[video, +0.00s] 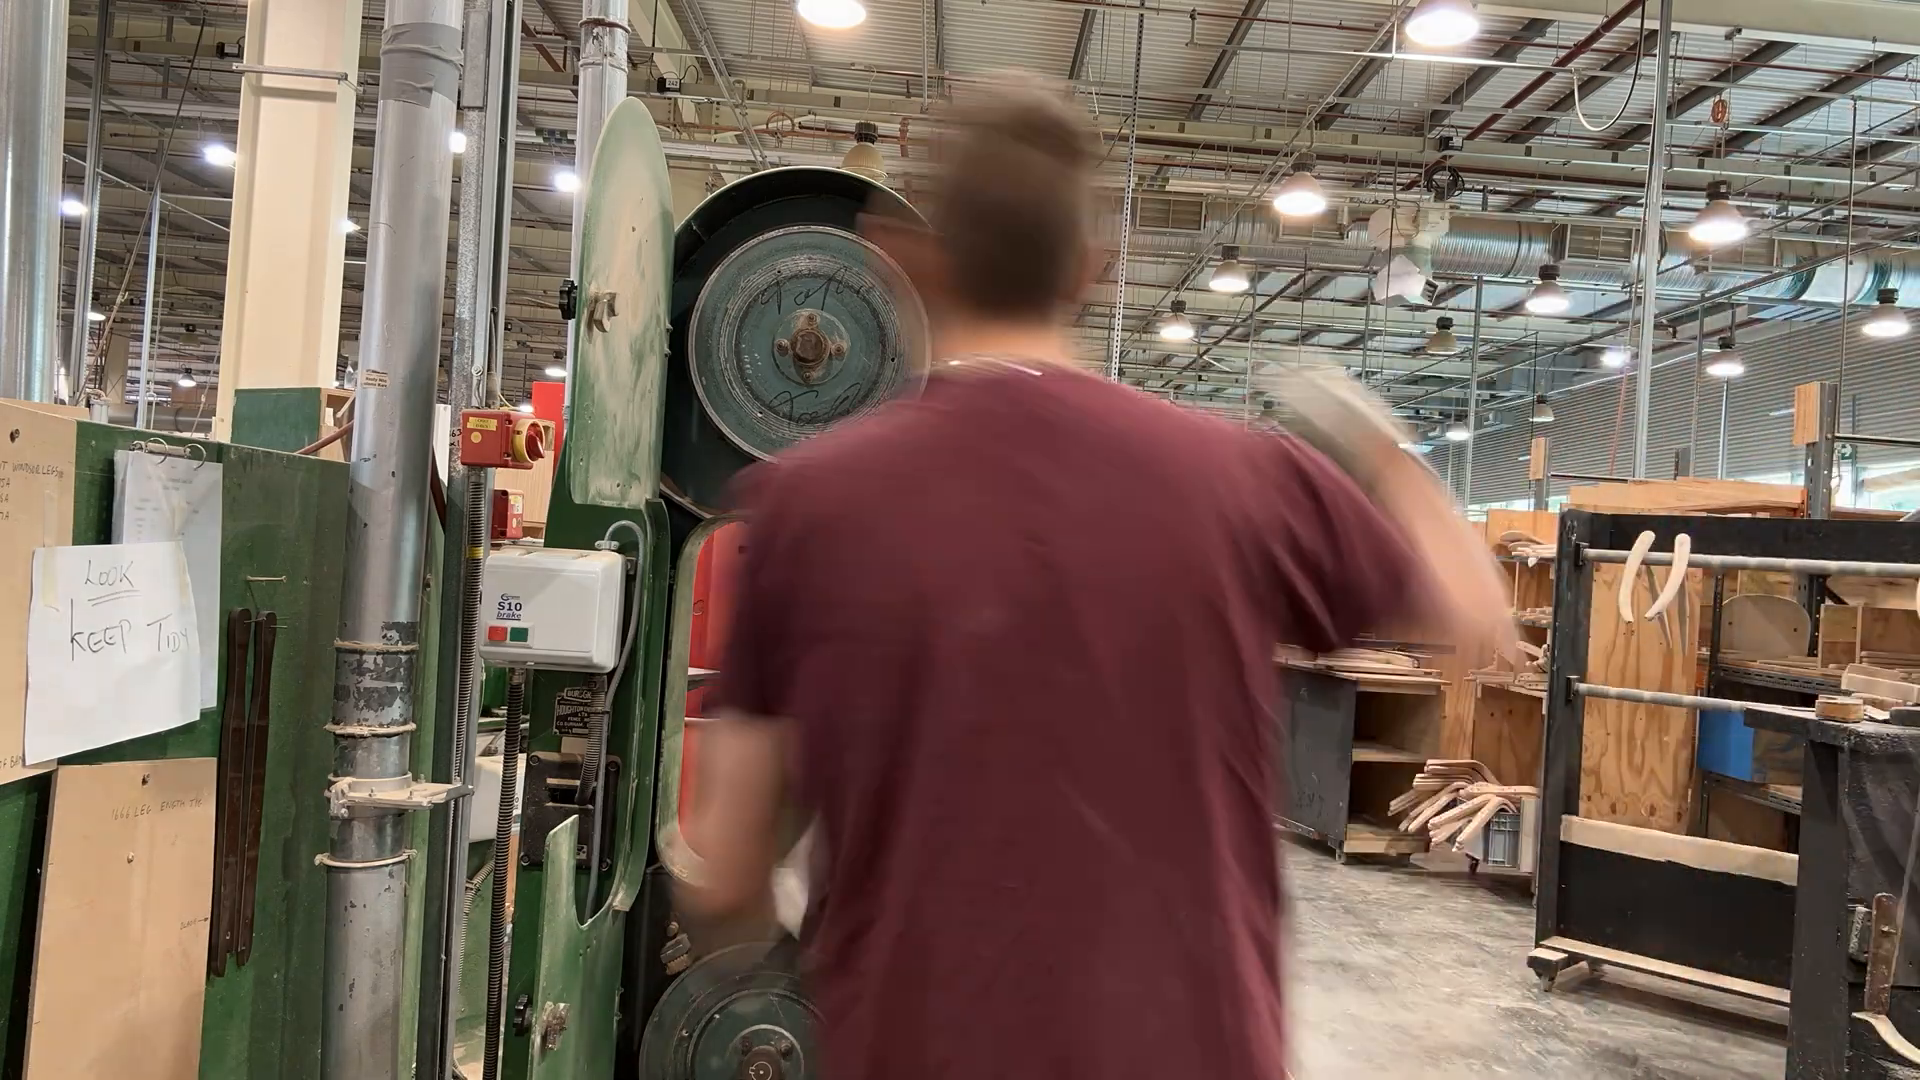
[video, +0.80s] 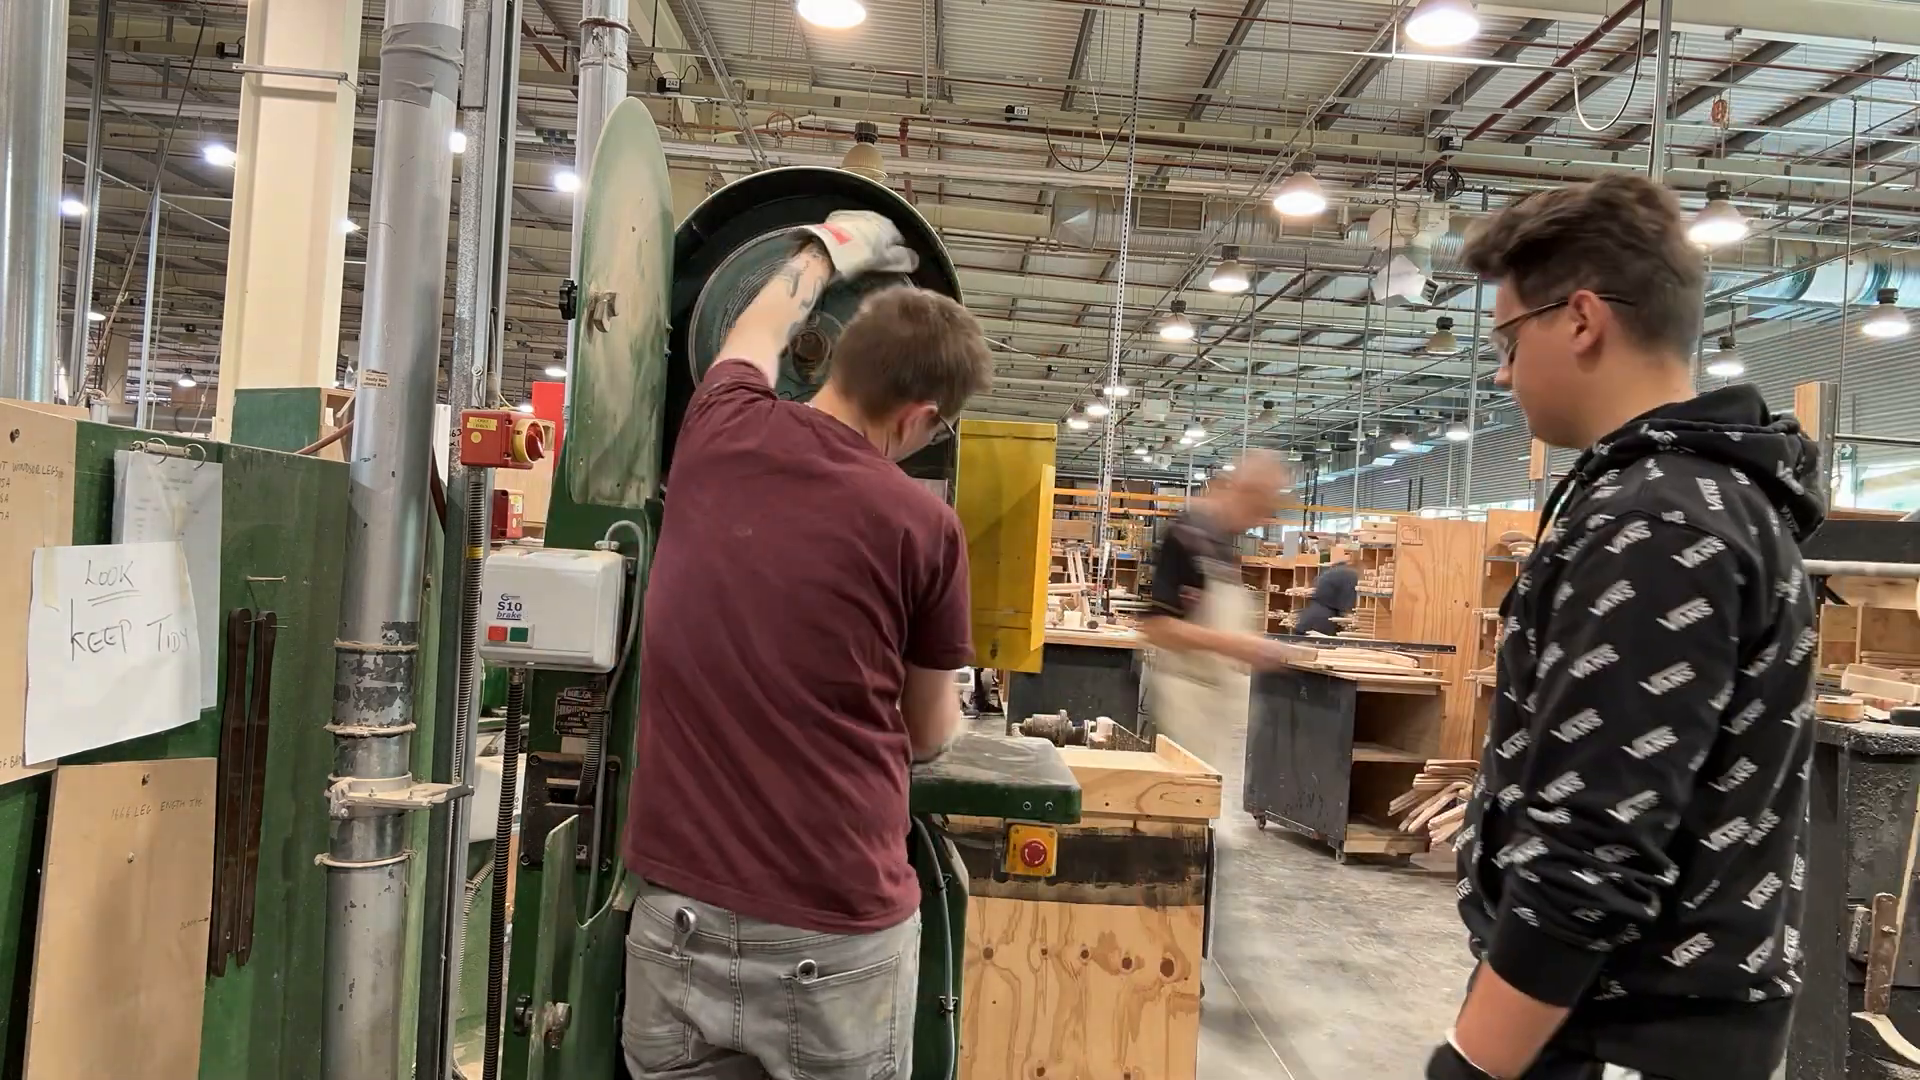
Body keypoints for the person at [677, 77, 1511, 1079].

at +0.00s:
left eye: (896, 238)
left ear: (911, 257)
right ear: (1092, 266)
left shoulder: (806, 499)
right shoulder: (1238, 474)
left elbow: (720, 870)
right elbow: (1477, 625)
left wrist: (746, 914)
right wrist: (1379, 443)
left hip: (901, 1048)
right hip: (1195, 1048)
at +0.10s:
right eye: (876, 339)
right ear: (865, 344)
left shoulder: (586, 479)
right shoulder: (923, 499)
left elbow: (563, 642)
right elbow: (1059, 688)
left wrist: (650, 454)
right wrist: (1038, 539)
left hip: (633, 1010)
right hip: (858, 1020)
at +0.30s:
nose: (898, 387)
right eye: (905, 370)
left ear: (752, 349)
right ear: (894, 362)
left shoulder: (617, 474)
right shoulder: (937, 520)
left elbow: (610, 650)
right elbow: (968, 749)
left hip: (621, 1002)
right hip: (844, 1019)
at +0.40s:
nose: (891, 855)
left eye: (887, 838)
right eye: (891, 842)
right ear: (870, 872)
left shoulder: (661, 920)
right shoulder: (881, 992)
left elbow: (738, 803)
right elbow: (1014, 873)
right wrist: (990, 727)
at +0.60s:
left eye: (807, 321)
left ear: (808, 349)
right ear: (943, 370)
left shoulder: (727, 477)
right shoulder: (985, 502)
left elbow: (688, 462)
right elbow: (1008, 583)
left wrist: (702, 396)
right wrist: (949, 451)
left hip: (722, 954)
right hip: (897, 968)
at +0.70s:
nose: (775, 337)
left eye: (782, 326)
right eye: (912, 372)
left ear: (783, 342)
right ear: (906, 380)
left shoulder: (687, 461)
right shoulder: (939, 496)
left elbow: (651, 526)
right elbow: (960, 587)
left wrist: (692, 412)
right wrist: (935, 445)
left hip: (695, 931)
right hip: (870, 949)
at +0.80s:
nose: (933, 437)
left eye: (942, 426)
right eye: (940, 424)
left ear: (830, 363)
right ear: (917, 416)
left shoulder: (720, 429)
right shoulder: (922, 521)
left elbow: (763, 322)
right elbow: (930, 731)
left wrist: (824, 248)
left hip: (676, 906)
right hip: (842, 934)